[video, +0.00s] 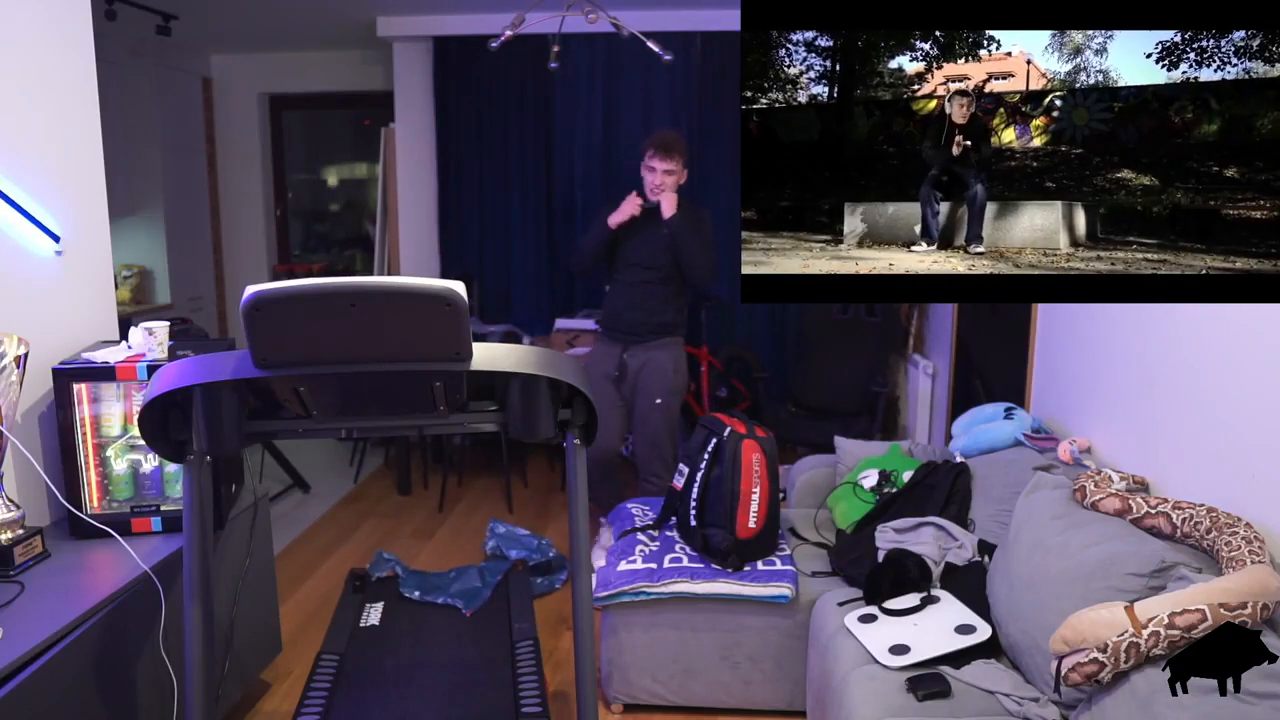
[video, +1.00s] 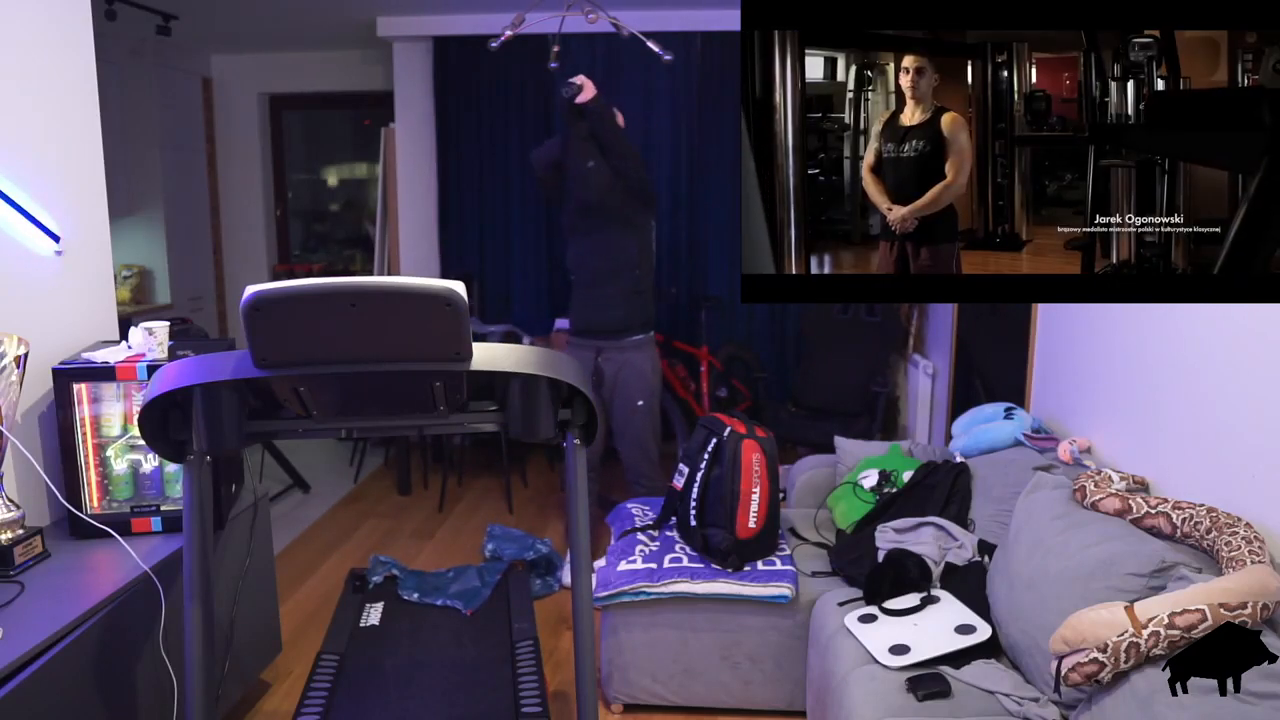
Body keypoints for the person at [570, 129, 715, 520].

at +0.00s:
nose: (657, 180)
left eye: (667, 172)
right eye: (651, 171)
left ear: (682, 176)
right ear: (641, 171)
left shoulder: (691, 219)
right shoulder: (623, 212)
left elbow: (700, 276)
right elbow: (583, 262)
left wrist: (672, 219)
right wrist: (613, 220)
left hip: (660, 348)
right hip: (609, 345)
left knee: (654, 451)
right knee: (599, 446)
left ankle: (654, 538)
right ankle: (606, 527)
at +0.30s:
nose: (642, 170)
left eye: (649, 163)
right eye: (637, 166)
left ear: (667, 169)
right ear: (632, 172)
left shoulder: (687, 207)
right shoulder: (624, 203)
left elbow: (672, 220)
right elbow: (576, 201)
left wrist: (649, 163)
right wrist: (598, 155)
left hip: (660, 347)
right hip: (610, 345)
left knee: (655, 453)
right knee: (598, 449)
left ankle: (658, 548)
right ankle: (593, 543)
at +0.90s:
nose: (602, 167)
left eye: (610, 157)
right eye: (596, 158)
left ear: (627, 155)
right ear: (588, 163)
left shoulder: (647, 196)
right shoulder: (581, 194)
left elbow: (636, 153)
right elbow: (536, 171)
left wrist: (611, 108)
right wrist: (586, 148)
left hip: (638, 341)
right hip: (587, 340)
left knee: (643, 450)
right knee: (584, 450)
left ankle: (654, 545)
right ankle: (584, 544)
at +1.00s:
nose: (616, 132)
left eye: (616, 127)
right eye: (609, 126)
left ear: (621, 137)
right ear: (596, 132)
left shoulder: (637, 192)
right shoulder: (571, 190)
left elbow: (618, 151)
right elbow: (544, 160)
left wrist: (593, 106)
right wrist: (579, 120)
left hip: (630, 341)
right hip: (580, 339)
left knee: (639, 452)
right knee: (580, 451)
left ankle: (651, 547)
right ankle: (581, 547)